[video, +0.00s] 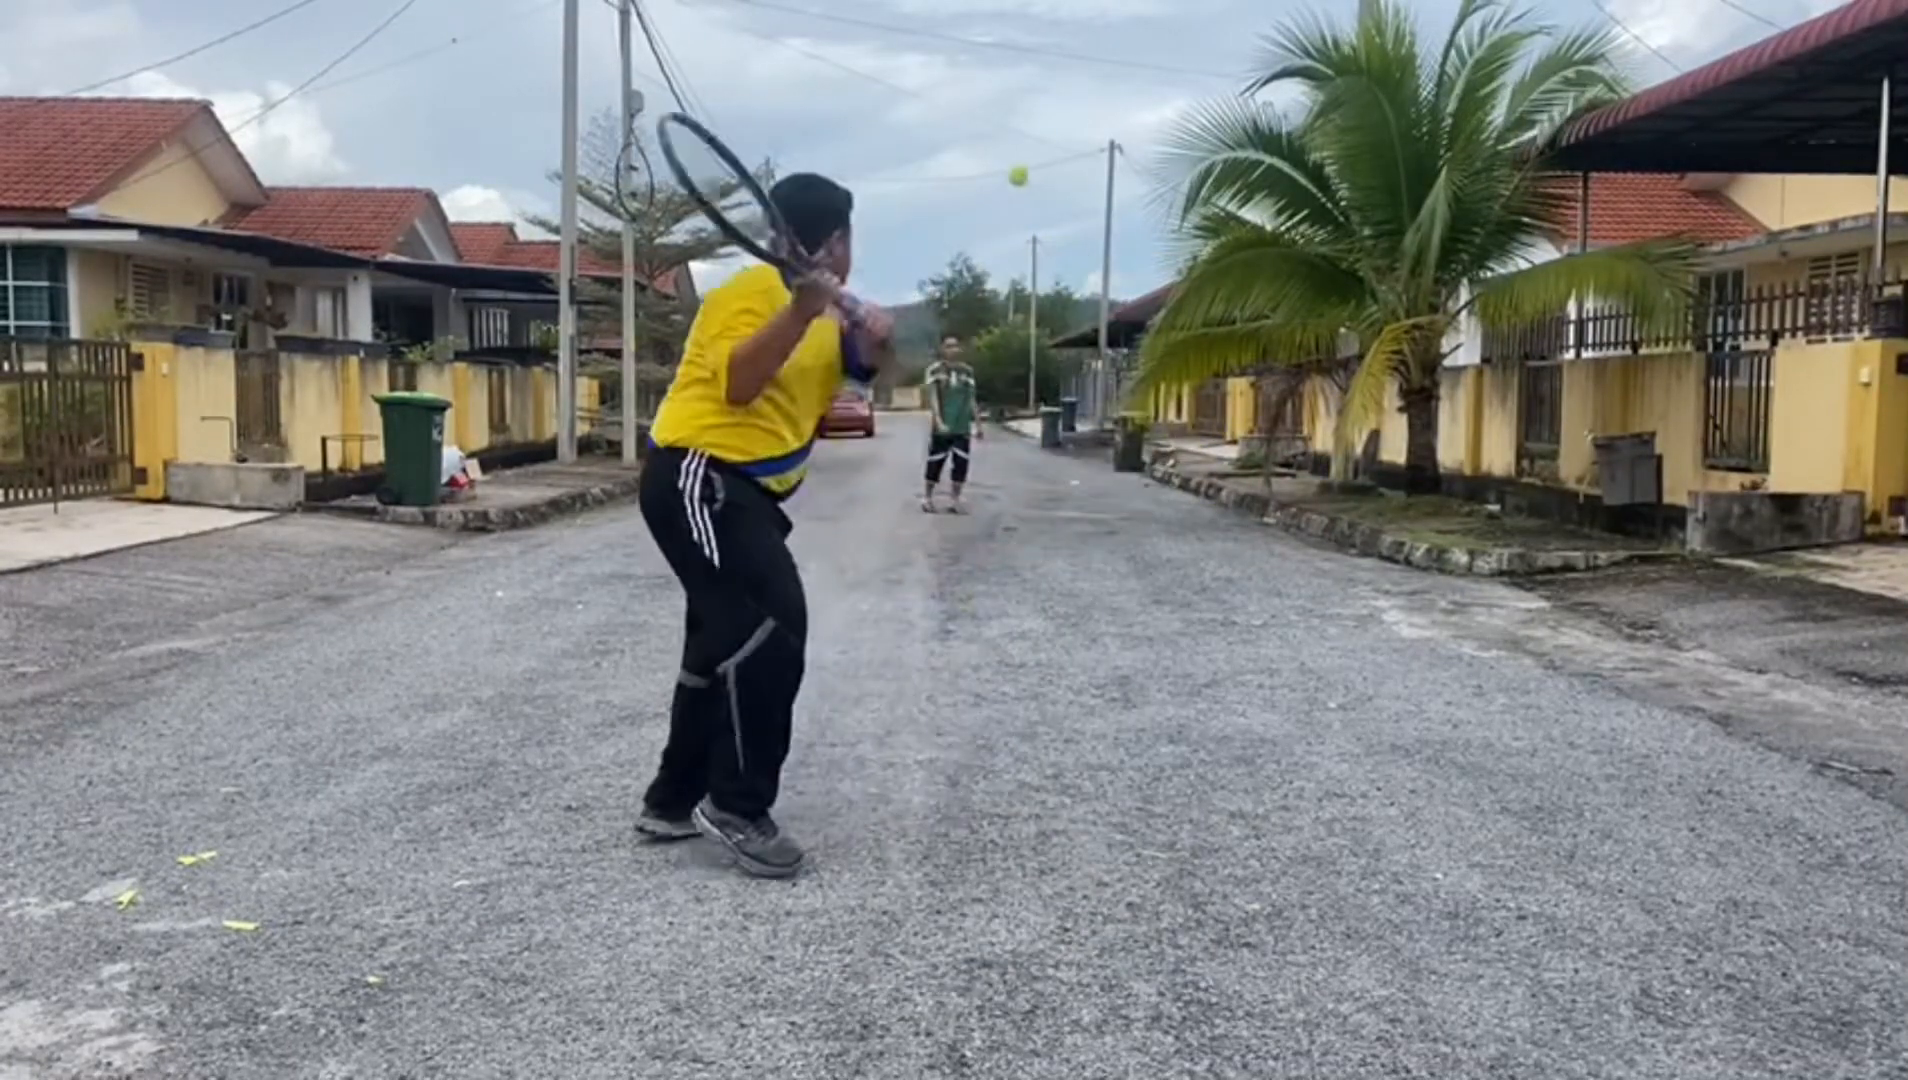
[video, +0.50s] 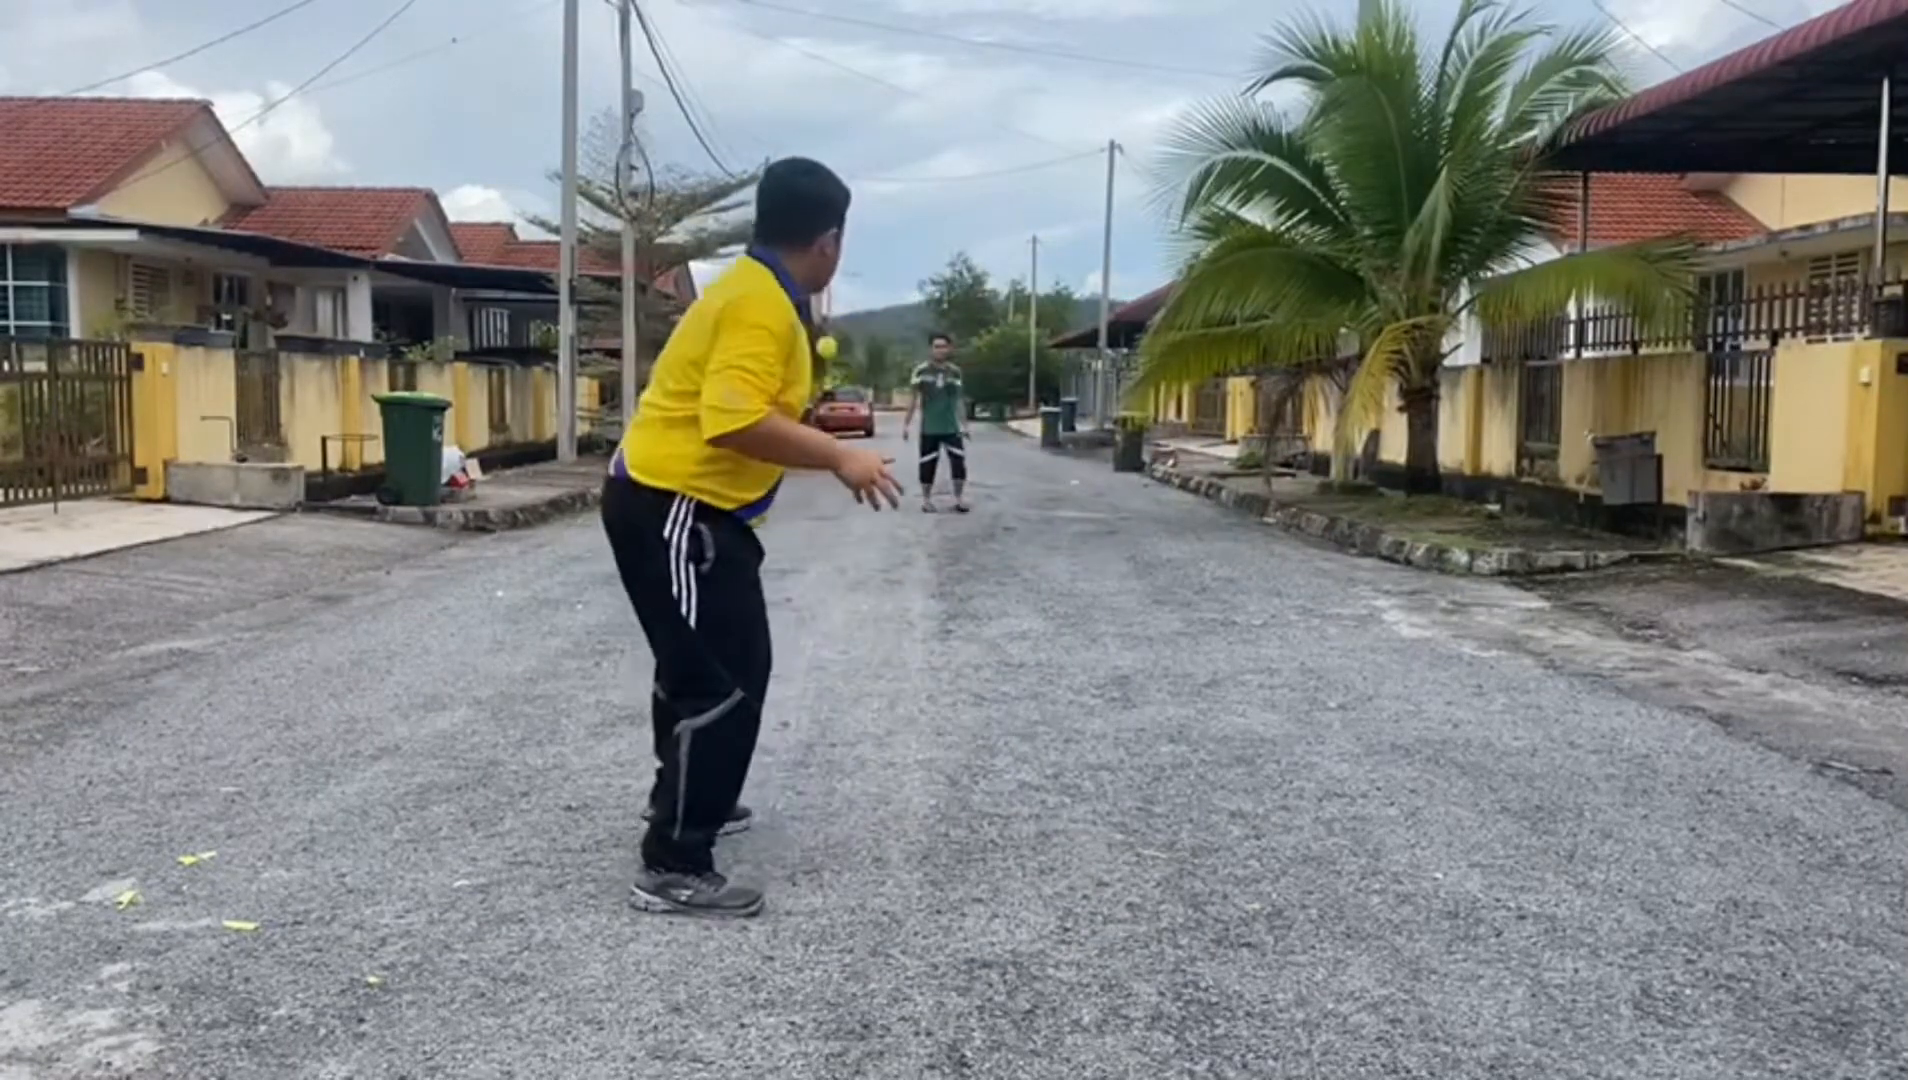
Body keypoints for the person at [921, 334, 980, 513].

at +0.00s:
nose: (953, 350)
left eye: (956, 346)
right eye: (948, 346)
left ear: (960, 349)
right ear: (942, 350)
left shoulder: (967, 371)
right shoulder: (935, 370)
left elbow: (971, 399)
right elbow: (933, 397)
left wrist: (977, 423)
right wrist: (938, 421)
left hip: (962, 426)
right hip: (943, 425)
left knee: (961, 465)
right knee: (935, 462)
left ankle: (956, 499)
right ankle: (928, 497)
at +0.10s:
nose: (949, 350)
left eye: (952, 346)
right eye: (945, 346)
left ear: (957, 349)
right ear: (939, 349)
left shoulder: (963, 371)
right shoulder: (931, 370)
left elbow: (970, 399)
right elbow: (926, 400)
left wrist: (975, 423)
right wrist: (928, 425)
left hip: (959, 426)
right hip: (938, 425)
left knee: (959, 466)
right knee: (933, 465)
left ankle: (955, 499)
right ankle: (928, 498)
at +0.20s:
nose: (945, 350)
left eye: (949, 346)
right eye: (942, 346)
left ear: (955, 349)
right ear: (936, 348)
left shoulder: (960, 371)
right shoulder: (931, 371)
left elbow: (967, 399)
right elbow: (922, 400)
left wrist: (973, 423)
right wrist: (917, 426)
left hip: (956, 426)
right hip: (934, 427)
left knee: (958, 466)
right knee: (931, 466)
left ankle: (955, 499)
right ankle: (927, 498)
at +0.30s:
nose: (942, 351)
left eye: (945, 347)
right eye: (939, 347)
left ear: (952, 350)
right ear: (934, 350)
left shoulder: (955, 376)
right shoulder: (927, 377)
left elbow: (963, 401)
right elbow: (917, 402)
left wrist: (968, 425)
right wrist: (909, 425)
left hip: (953, 427)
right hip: (931, 427)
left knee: (958, 464)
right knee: (929, 465)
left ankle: (955, 499)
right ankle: (926, 498)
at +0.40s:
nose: (941, 351)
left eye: (944, 347)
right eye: (937, 347)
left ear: (951, 350)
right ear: (932, 350)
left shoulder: (955, 372)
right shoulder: (926, 372)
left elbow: (960, 398)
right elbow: (916, 399)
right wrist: (906, 424)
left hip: (952, 426)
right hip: (930, 427)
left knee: (958, 463)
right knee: (928, 465)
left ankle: (957, 499)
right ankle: (926, 499)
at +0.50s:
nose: (940, 351)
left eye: (943, 347)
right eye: (936, 347)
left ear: (949, 350)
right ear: (930, 349)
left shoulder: (955, 372)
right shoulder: (921, 371)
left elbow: (959, 401)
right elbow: (914, 400)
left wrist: (964, 425)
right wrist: (906, 425)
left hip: (952, 426)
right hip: (929, 427)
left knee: (958, 464)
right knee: (927, 466)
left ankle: (958, 499)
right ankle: (926, 499)